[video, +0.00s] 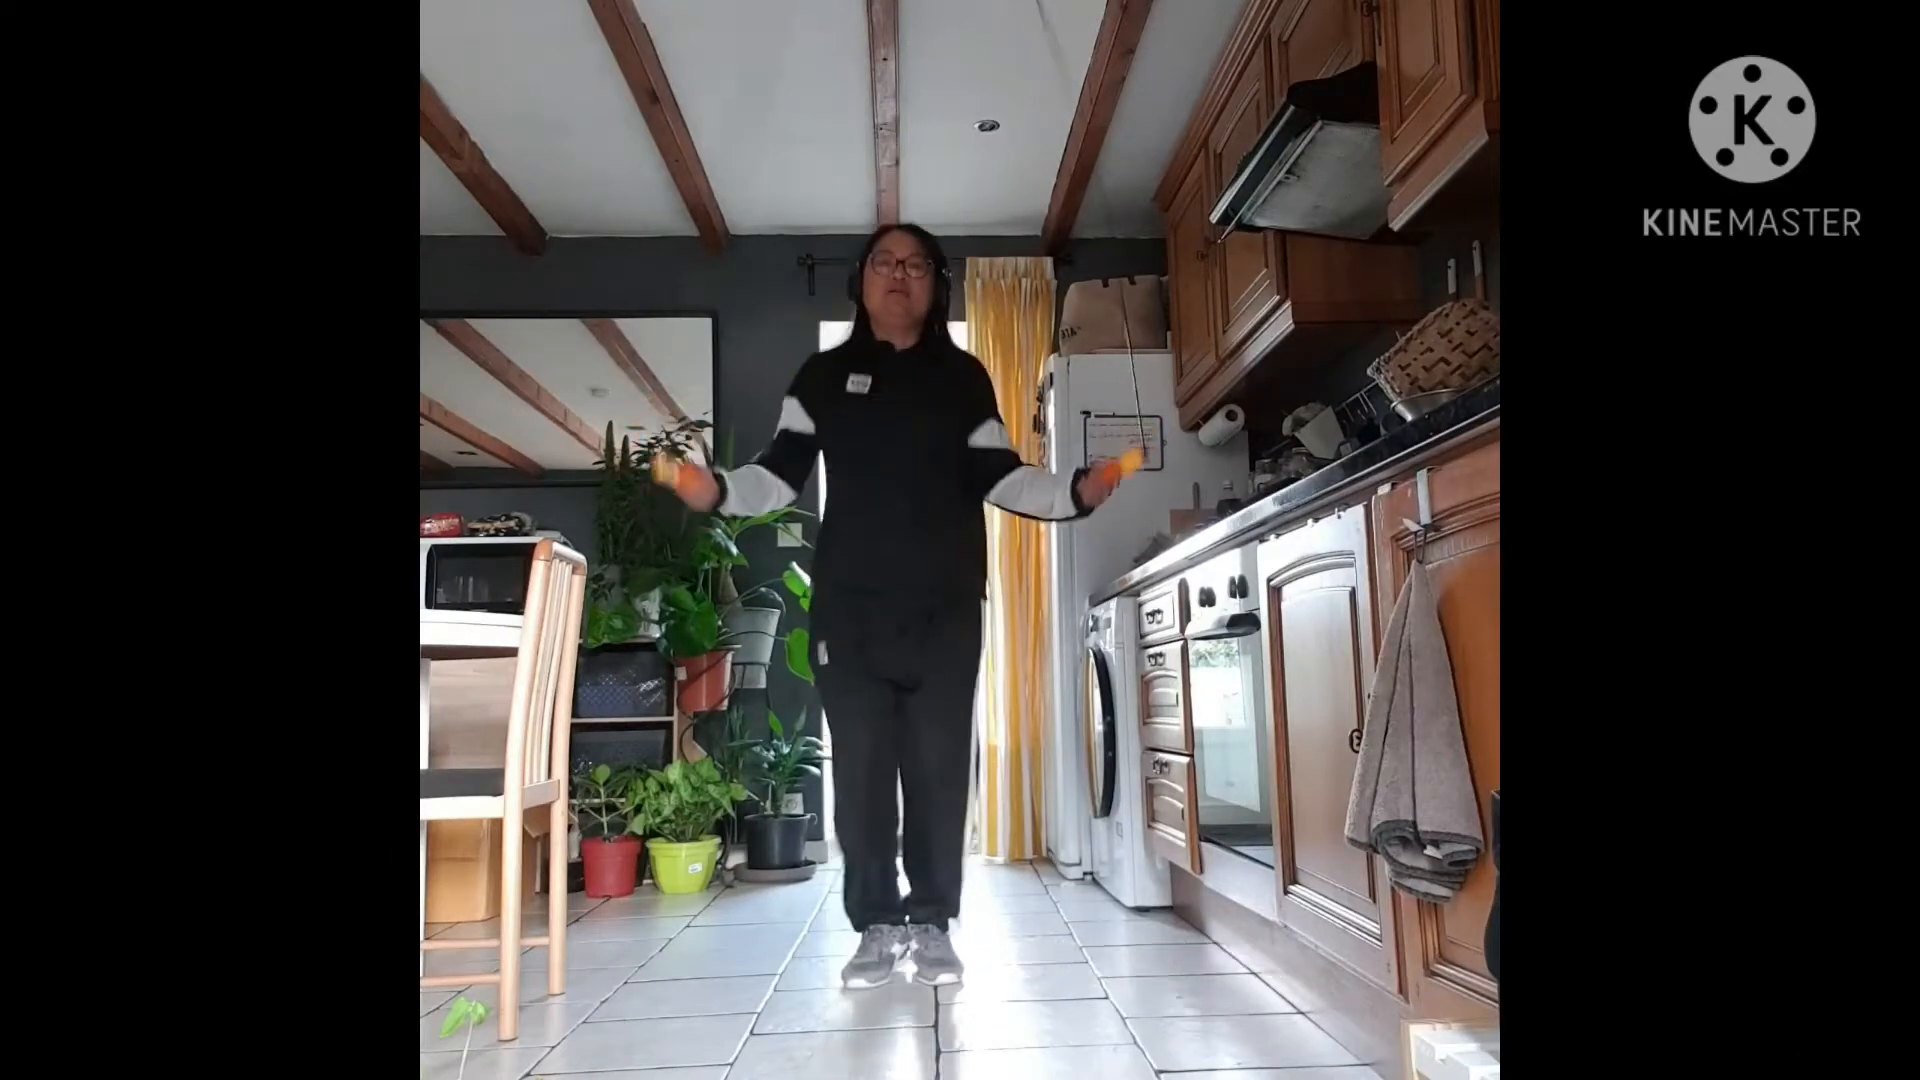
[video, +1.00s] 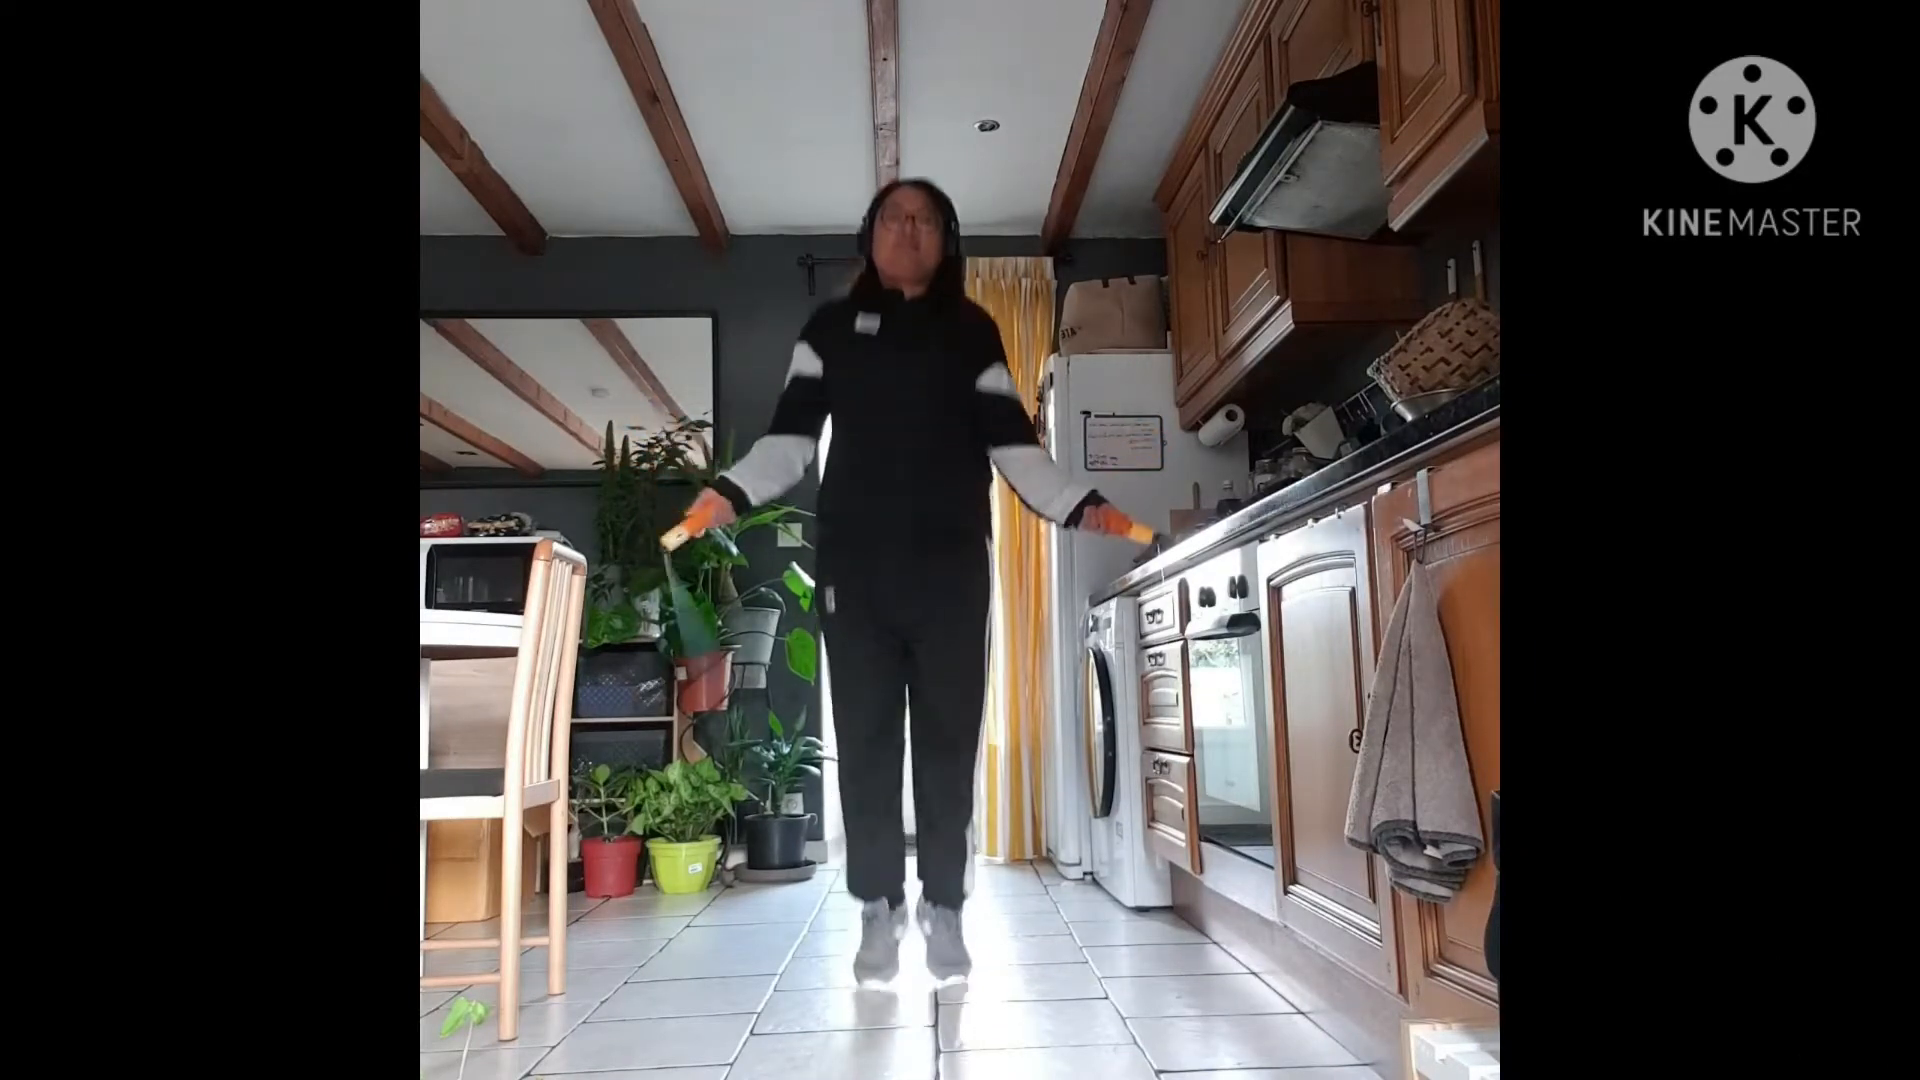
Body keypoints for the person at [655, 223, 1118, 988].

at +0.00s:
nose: (898, 274)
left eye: (914, 264)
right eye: (884, 262)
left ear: (937, 286)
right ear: (861, 282)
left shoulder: (964, 377)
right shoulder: (827, 373)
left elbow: (998, 475)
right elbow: (780, 473)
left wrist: (1075, 491)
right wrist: (718, 489)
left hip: (945, 598)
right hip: (853, 597)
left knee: (938, 764)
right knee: (862, 765)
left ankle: (933, 924)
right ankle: (876, 928)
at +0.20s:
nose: (899, 212)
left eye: (914, 201)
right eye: (884, 200)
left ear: (938, 221)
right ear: (859, 219)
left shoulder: (963, 309)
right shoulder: (825, 307)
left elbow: (1002, 421)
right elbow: (782, 421)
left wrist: (1081, 468)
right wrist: (694, 465)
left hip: (946, 533)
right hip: (849, 531)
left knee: (941, 710)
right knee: (859, 711)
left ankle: (938, 884)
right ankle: (873, 881)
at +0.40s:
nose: (900, 284)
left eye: (916, 273)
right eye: (886, 272)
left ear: (939, 293)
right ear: (865, 290)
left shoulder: (965, 380)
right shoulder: (830, 380)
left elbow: (998, 482)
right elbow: (778, 479)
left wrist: (1071, 498)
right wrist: (720, 480)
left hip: (949, 604)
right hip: (853, 603)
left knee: (946, 773)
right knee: (865, 774)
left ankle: (937, 926)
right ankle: (881, 925)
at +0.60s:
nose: (901, 221)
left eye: (918, 209)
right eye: (887, 208)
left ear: (942, 231)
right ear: (864, 228)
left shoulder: (965, 319)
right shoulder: (828, 315)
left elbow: (999, 427)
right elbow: (789, 427)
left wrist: (1071, 479)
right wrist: (710, 488)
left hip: (948, 549)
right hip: (853, 547)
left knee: (948, 723)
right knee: (861, 722)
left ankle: (945, 892)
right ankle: (872, 893)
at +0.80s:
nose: (909, 252)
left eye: (925, 242)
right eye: (895, 240)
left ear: (949, 266)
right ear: (871, 261)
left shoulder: (972, 350)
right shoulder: (837, 349)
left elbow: (1013, 454)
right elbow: (781, 446)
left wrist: (1100, 461)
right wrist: (695, 445)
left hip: (953, 577)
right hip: (859, 575)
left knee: (951, 751)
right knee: (869, 751)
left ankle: (942, 921)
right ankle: (881, 922)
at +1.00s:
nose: (907, 229)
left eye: (923, 220)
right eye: (893, 217)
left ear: (946, 243)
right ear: (869, 238)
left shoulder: (971, 329)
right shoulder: (832, 327)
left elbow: (1015, 445)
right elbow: (790, 439)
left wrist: (1084, 506)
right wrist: (727, 494)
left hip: (950, 565)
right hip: (855, 563)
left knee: (947, 742)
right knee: (867, 743)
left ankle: (944, 909)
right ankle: (877, 906)